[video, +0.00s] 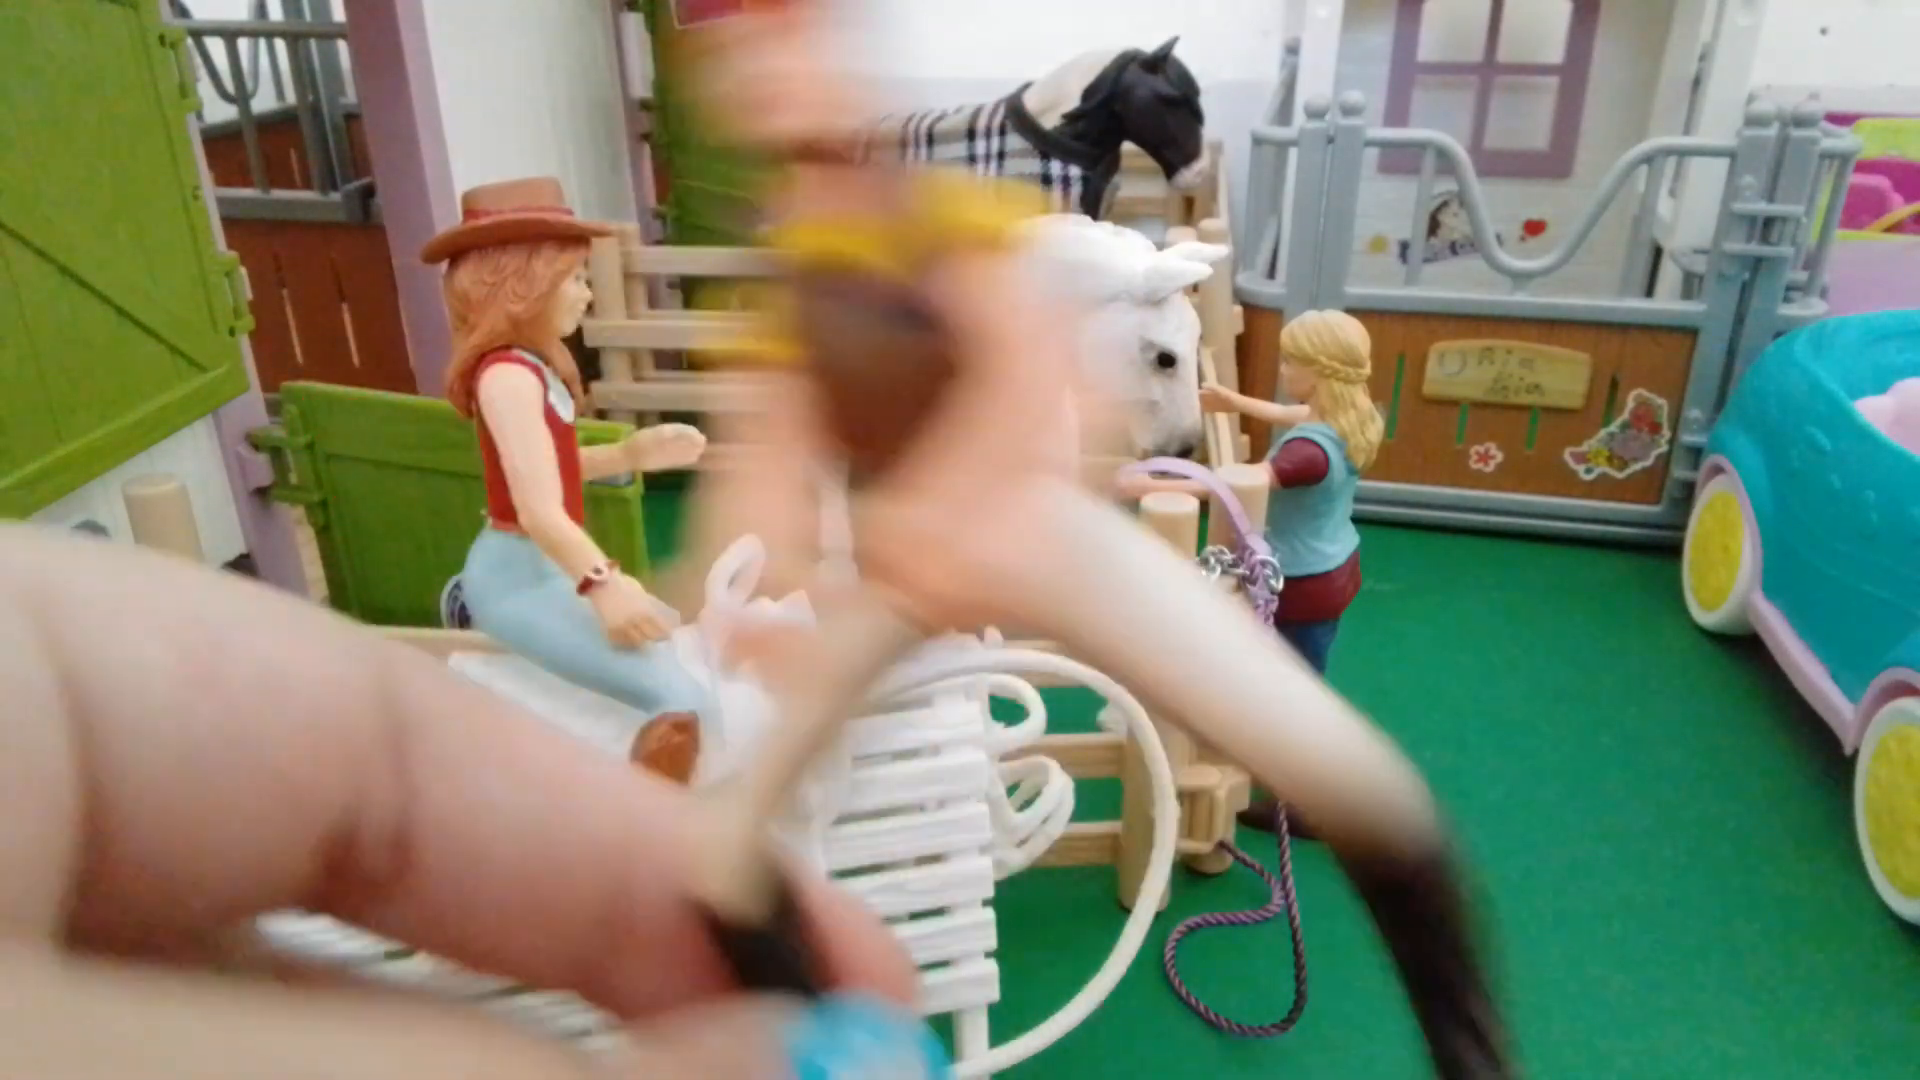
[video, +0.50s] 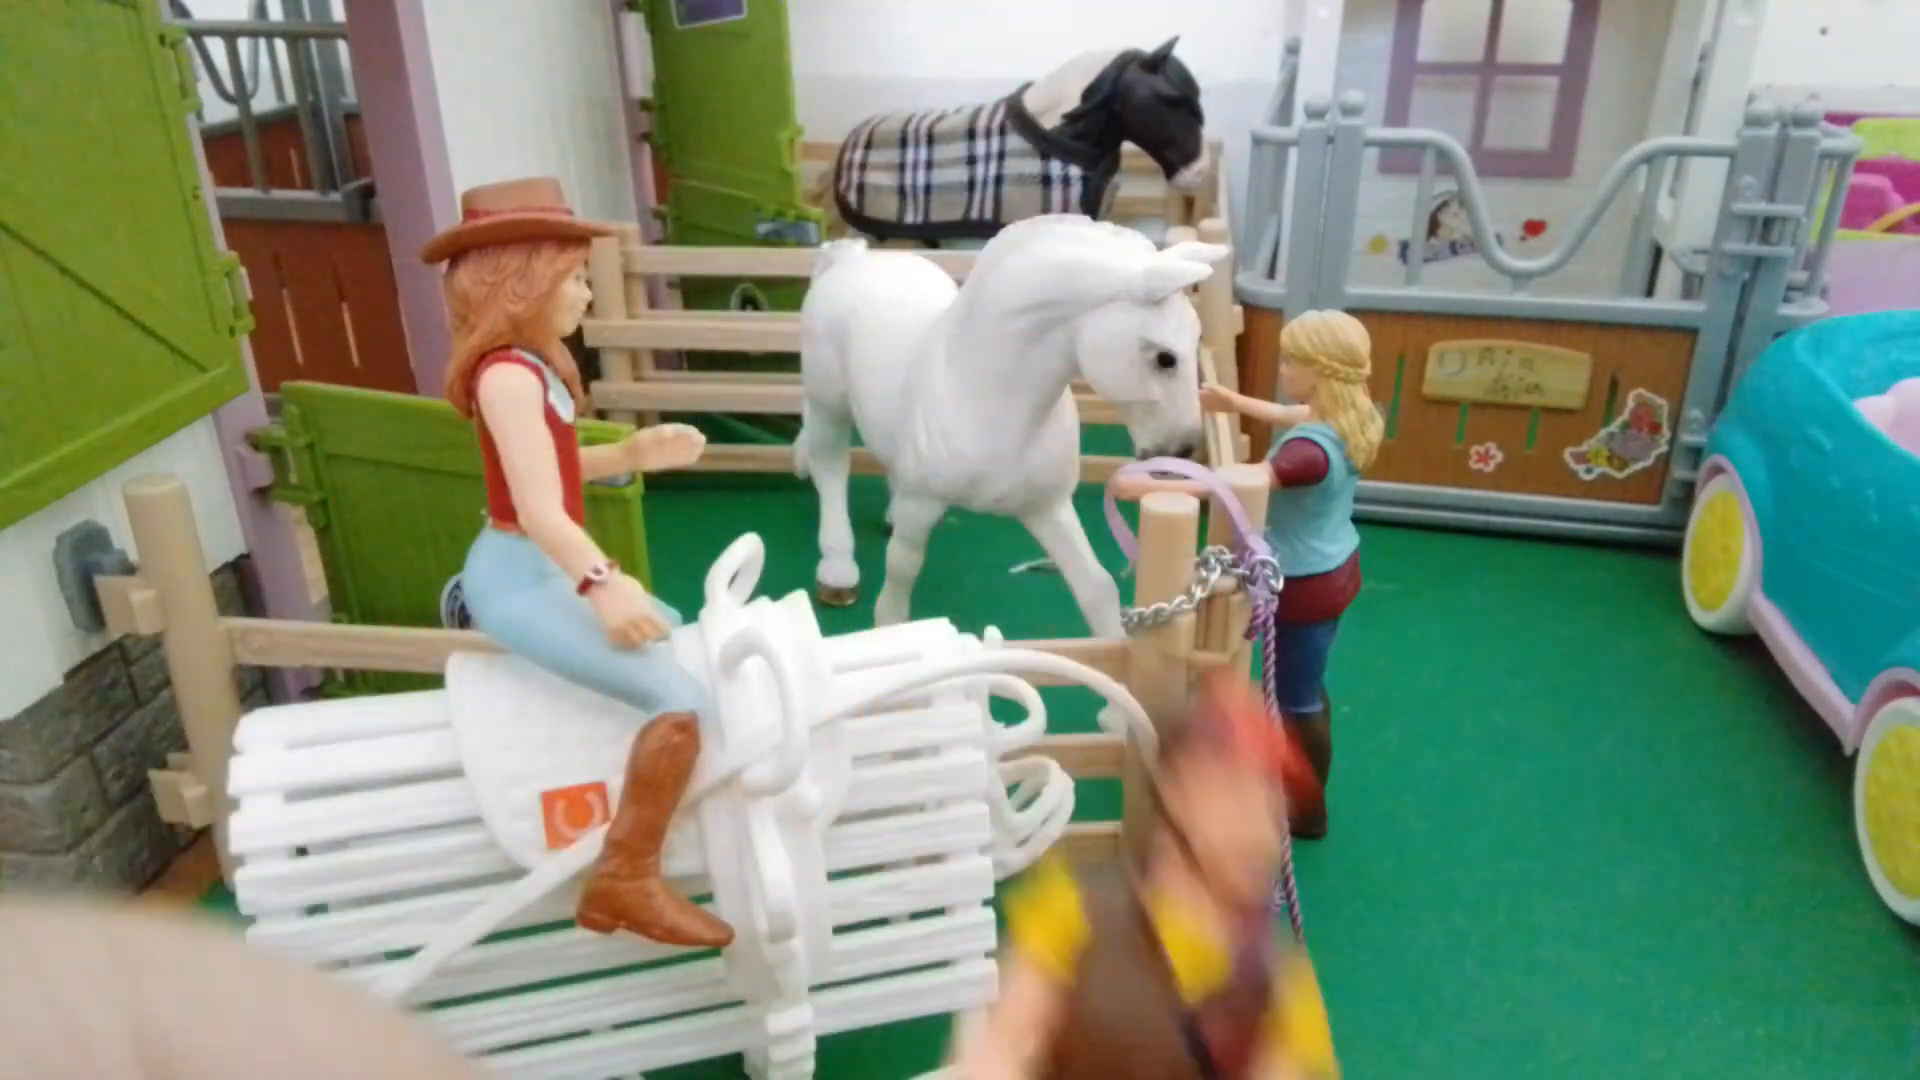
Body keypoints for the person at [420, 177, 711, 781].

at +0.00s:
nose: (588, 295)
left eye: (585, 278)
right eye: (576, 279)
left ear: (530, 287)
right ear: (528, 285)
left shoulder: (535, 370)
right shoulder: (509, 376)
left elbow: (549, 469)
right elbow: (538, 512)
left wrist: (625, 456)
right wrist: (604, 583)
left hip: (548, 565)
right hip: (516, 578)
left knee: (686, 653)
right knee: (679, 694)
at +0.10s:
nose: (587, 292)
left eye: (584, 276)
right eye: (575, 277)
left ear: (535, 287)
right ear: (526, 285)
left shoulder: (540, 368)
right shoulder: (510, 377)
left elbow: (551, 467)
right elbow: (536, 511)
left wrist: (632, 455)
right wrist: (605, 584)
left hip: (551, 564)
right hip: (516, 577)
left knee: (698, 662)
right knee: (680, 697)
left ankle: (639, 871)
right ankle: (625, 876)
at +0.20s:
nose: (588, 294)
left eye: (585, 277)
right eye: (575, 278)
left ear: (533, 288)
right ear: (526, 285)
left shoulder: (541, 368)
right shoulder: (510, 377)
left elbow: (552, 467)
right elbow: (536, 511)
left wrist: (633, 454)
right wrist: (604, 583)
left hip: (551, 563)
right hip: (516, 576)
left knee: (701, 656)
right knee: (682, 696)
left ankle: (637, 870)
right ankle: (625, 879)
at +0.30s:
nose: (587, 292)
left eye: (584, 276)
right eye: (575, 277)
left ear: (533, 288)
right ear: (527, 285)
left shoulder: (540, 368)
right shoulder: (510, 377)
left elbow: (553, 468)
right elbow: (536, 512)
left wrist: (635, 454)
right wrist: (605, 583)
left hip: (551, 564)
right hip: (516, 577)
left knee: (701, 657)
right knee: (682, 696)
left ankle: (638, 873)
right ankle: (625, 879)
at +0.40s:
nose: (587, 293)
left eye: (584, 277)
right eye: (576, 277)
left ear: (534, 286)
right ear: (527, 284)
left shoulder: (541, 368)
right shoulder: (510, 377)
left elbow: (554, 468)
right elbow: (536, 511)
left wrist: (635, 454)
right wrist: (604, 583)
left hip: (551, 564)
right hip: (515, 576)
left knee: (700, 661)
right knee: (681, 695)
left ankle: (638, 874)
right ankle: (625, 879)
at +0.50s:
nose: (587, 292)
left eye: (584, 276)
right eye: (575, 277)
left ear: (535, 287)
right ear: (527, 285)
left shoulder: (542, 369)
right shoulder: (510, 377)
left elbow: (554, 468)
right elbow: (536, 511)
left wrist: (634, 454)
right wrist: (605, 584)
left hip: (552, 565)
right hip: (515, 578)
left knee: (704, 657)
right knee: (681, 694)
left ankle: (639, 870)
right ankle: (625, 878)